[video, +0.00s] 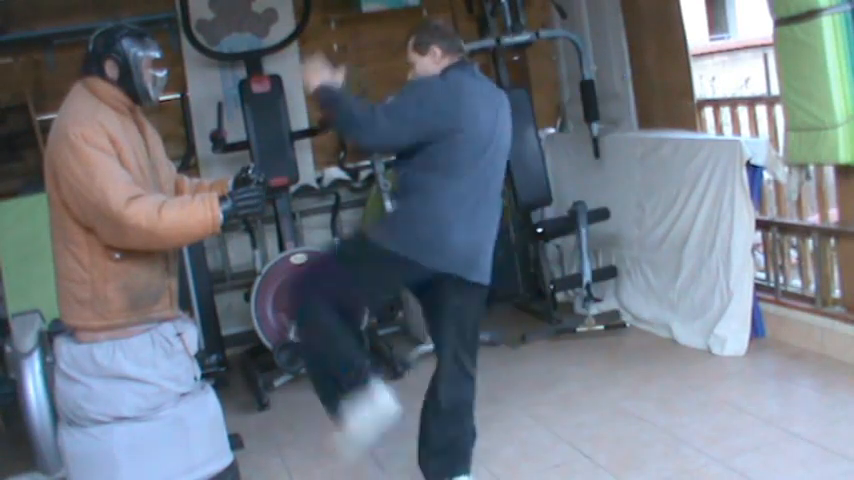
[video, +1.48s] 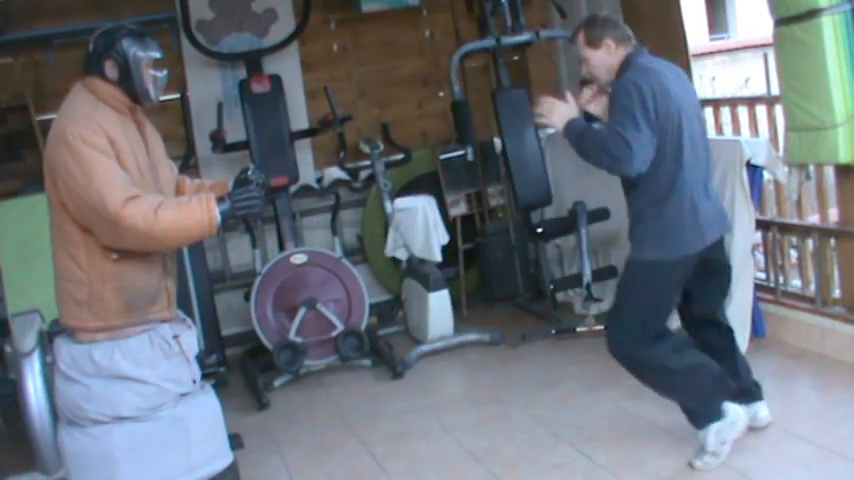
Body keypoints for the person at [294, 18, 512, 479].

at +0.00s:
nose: (412, 73)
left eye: (415, 63)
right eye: (411, 64)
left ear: (439, 54)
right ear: (455, 55)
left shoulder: (440, 93)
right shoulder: (500, 102)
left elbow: (374, 130)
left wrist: (326, 91)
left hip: (415, 239)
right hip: (471, 254)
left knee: (316, 291)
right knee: (457, 365)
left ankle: (360, 394)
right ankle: (452, 470)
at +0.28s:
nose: (415, 79)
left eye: (416, 71)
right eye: (413, 72)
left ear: (436, 60)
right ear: (457, 61)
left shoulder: (439, 92)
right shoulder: (501, 110)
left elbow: (400, 151)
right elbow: (464, 158)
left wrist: (335, 124)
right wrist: (411, 118)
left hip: (414, 230)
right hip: (467, 258)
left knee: (293, 256)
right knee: (442, 365)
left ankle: (207, 323)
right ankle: (428, 473)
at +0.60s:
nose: (432, 72)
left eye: (434, 60)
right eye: (432, 62)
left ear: (454, 53)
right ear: (475, 54)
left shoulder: (460, 100)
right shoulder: (525, 102)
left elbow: (405, 175)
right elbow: (539, 190)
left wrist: (366, 122)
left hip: (473, 269)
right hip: (519, 264)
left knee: (489, 388)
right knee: (471, 376)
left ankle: (539, 474)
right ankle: (448, 468)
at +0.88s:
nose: (451, 58)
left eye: (451, 47)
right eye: (447, 50)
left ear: (474, 29)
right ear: (483, 26)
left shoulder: (512, 63)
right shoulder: (532, 56)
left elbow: (471, 147)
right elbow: (520, 141)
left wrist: (419, 101)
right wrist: (470, 104)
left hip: (561, 235)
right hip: (578, 226)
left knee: (549, 358)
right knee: (559, 350)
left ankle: (574, 467)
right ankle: (579, 462)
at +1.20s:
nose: (531, 74)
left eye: (535, 62)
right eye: (527, 65)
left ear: (564, 50)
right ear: (565, 52)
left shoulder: (595, 86)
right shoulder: (607, 78)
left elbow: (597, 163)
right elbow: (595, 153)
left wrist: (529, 126)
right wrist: (544, 121)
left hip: (622, 253)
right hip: (651, 240)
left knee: (593, 372)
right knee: (672, 328)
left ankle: (597, 471)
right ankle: (724, 411)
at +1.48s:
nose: (586, 70)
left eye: (586, 59)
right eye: (582, 62)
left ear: (611, 45)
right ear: (619, 44)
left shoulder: (633, 83)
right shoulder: (670, 73)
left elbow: (629, 157)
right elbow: (667, 142)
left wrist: (570, 124)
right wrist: (610, 112)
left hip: (667, 237)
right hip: (708, 223)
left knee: (629, 335)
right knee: (703, 317)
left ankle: (717, 413)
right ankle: (747, 400)